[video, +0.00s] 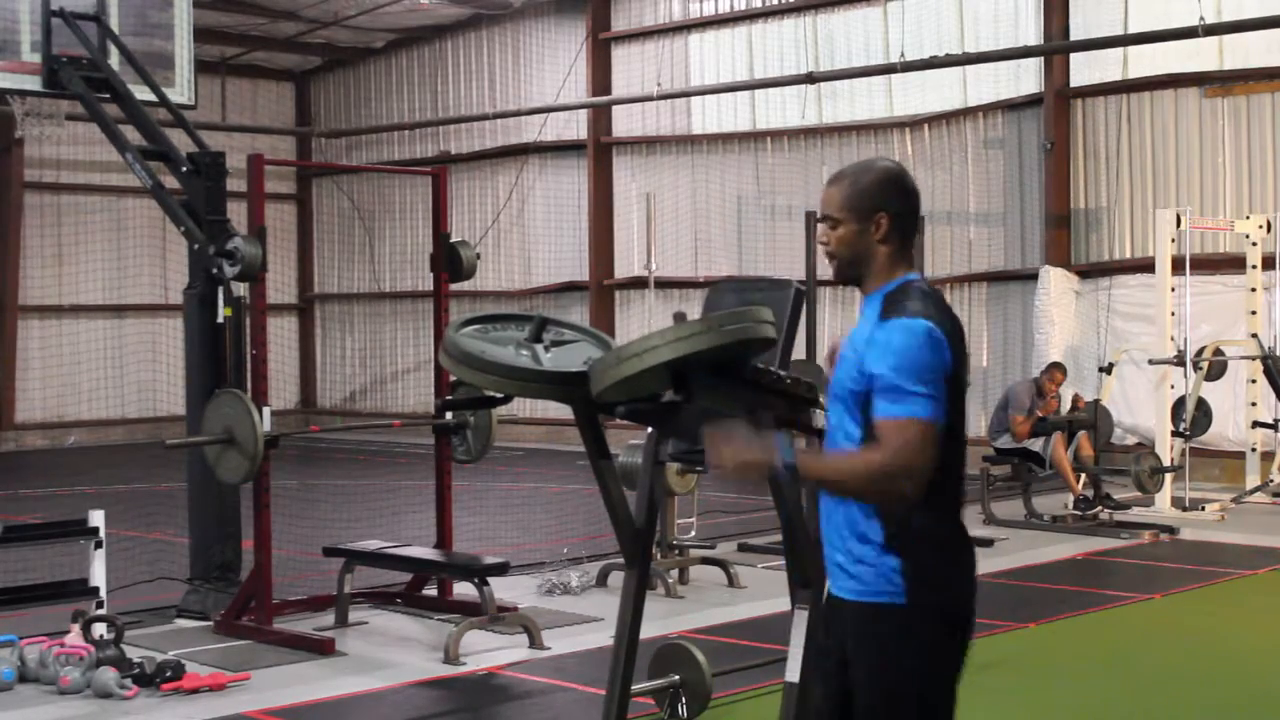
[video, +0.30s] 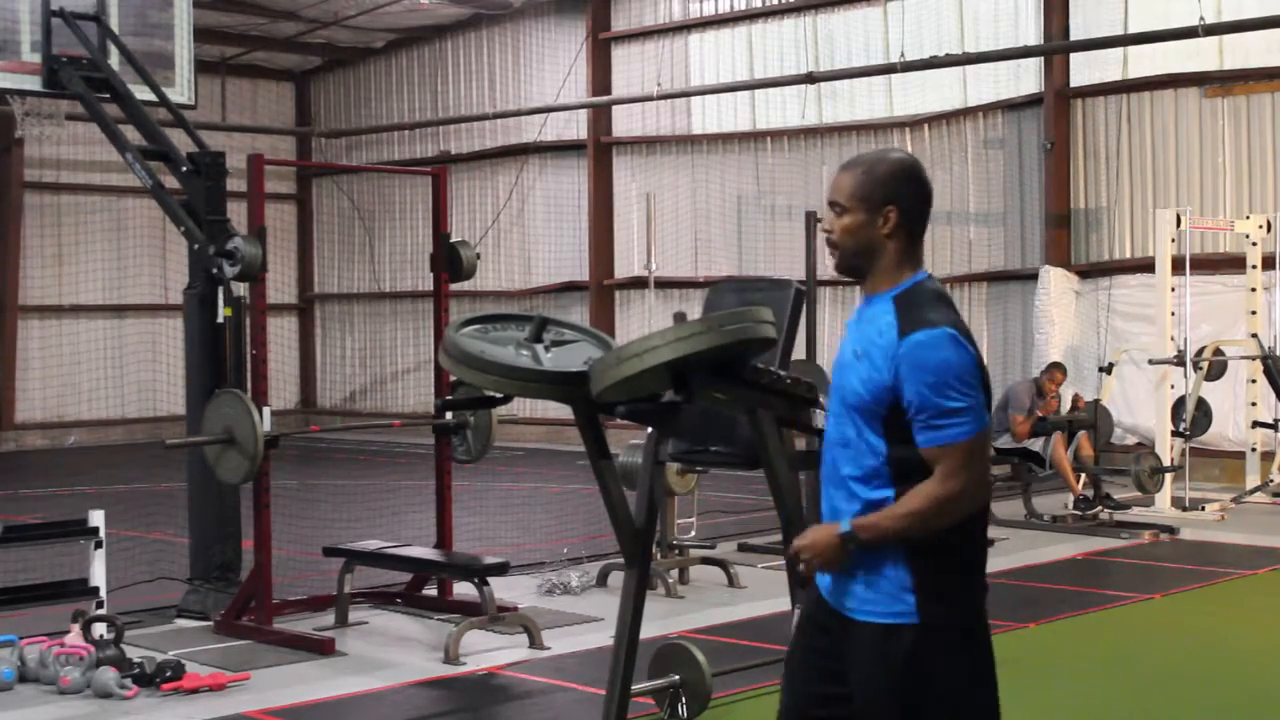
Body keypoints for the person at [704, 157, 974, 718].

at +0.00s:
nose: (821, 238)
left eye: (832, 223)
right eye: (821, 223)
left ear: (880, 228)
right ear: (874, 231)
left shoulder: (911, 330)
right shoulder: (883, 315)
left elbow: (904, 473)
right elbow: (876, 447)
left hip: (899, 599)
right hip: (856, 589)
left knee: (893, 711)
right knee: (825, 707)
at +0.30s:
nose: (825, 226)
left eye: (838, 211)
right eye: (828, 211)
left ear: (887, 222)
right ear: (880, 225)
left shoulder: (929, 340)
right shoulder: (874, 312)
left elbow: (964, 485)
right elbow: (887, 455)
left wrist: (849, 534)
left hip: (909, 617)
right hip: (843, 603)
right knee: (806, 711)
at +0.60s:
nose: (758, 243)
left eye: (768, 226)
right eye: (758, 227)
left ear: (817, 226)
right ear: (809, 228)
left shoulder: (893, 336)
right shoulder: (796, 318)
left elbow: (898, 487)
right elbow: (818, 468)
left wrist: (764, 519)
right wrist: (772, 561)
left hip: (872, 625)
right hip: (787, 603)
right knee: (735, 710)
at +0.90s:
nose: (581, 283)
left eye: (591, 263)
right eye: (580, 266)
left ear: (639, 256)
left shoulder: (742, 344)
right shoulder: (634, 372)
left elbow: (802, 478)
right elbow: (664, 521)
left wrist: (701, 574)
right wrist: (645, 631)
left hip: (765, 652)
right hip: (673, 652)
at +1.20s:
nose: (454, 263)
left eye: (454, 246)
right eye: (454, 248)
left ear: (474, 240)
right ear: (529, 234)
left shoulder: (553, 316)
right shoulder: (523, 323)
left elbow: (607, 449)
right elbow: (564, 497)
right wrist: (508, 606)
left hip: (588, 627)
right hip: (551, 624)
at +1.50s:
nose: (425, 220)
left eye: (426, 212)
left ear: (427, 218)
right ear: (499, 229)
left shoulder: (423, 294)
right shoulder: (538, 323)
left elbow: (402, 437)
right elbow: (546, 461)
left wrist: (302, 502)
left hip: (438, 601)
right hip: (537, 600)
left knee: (331, 711)